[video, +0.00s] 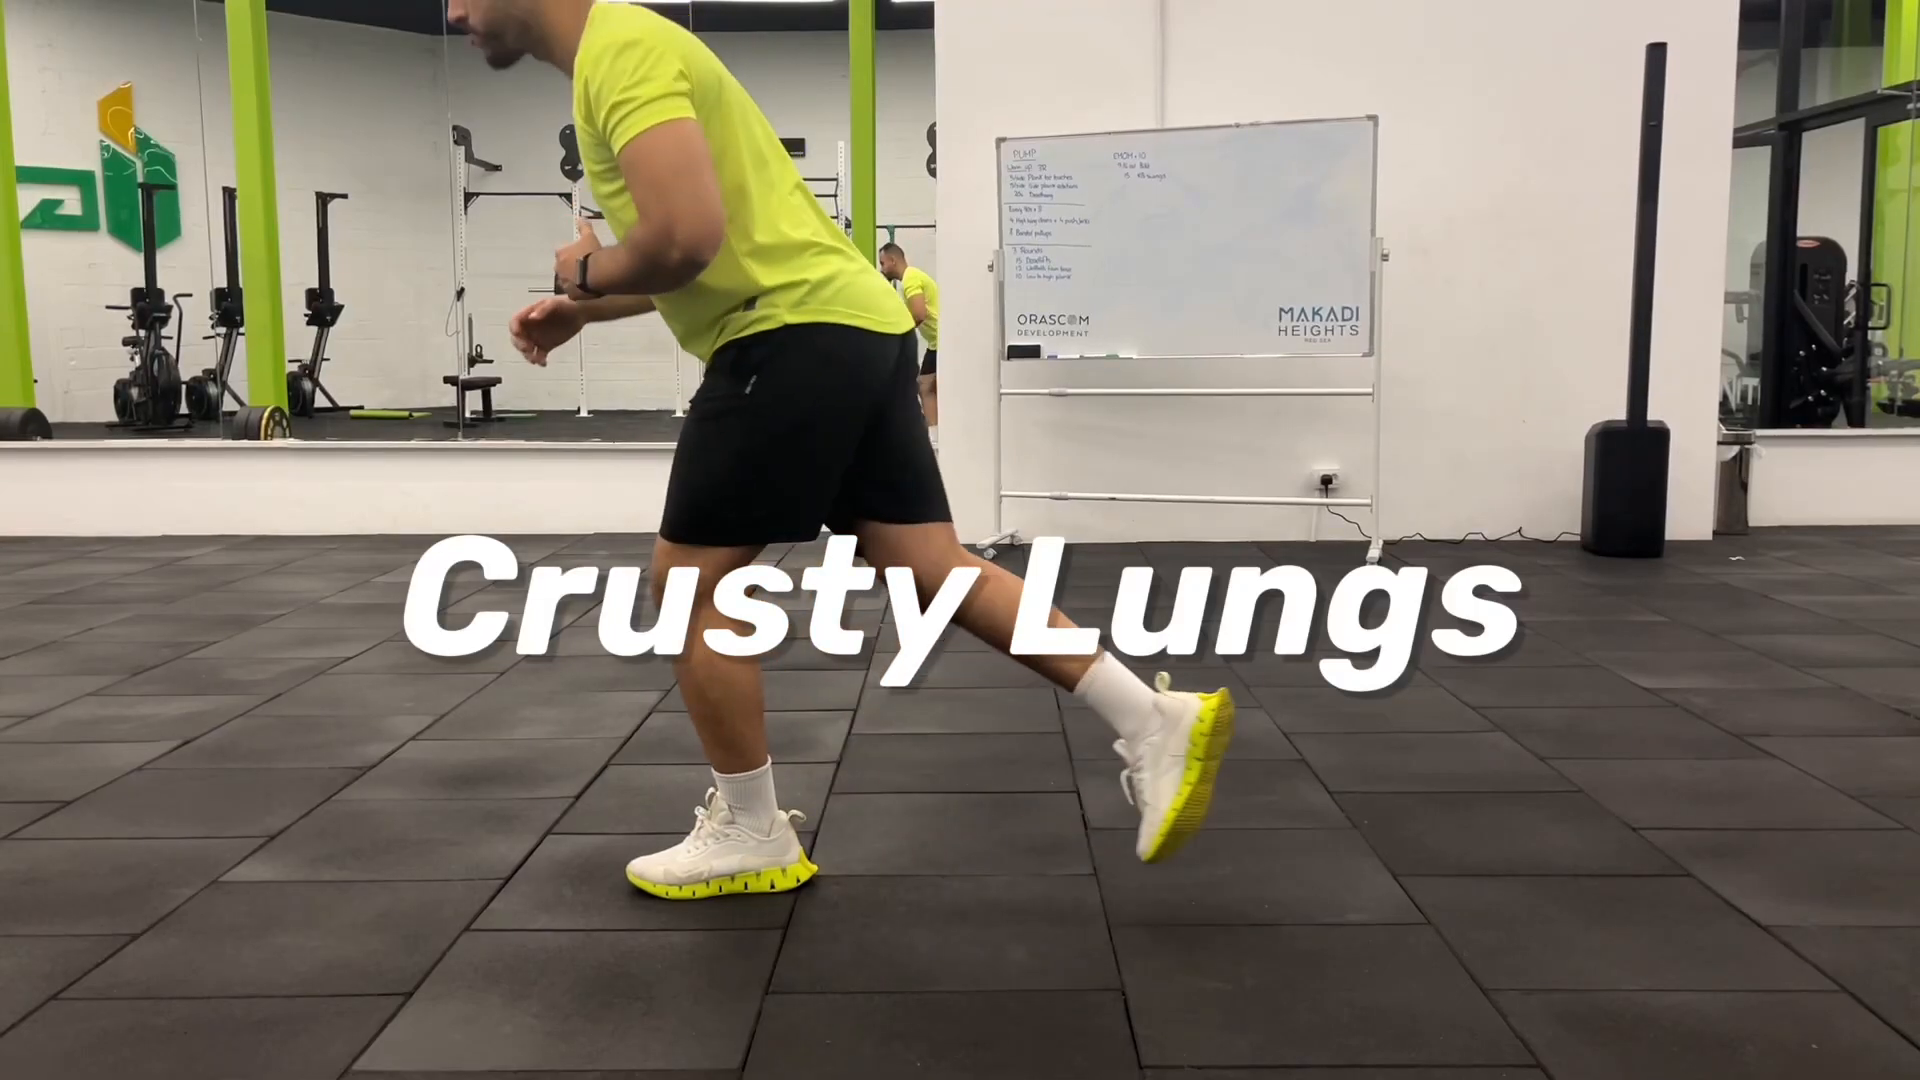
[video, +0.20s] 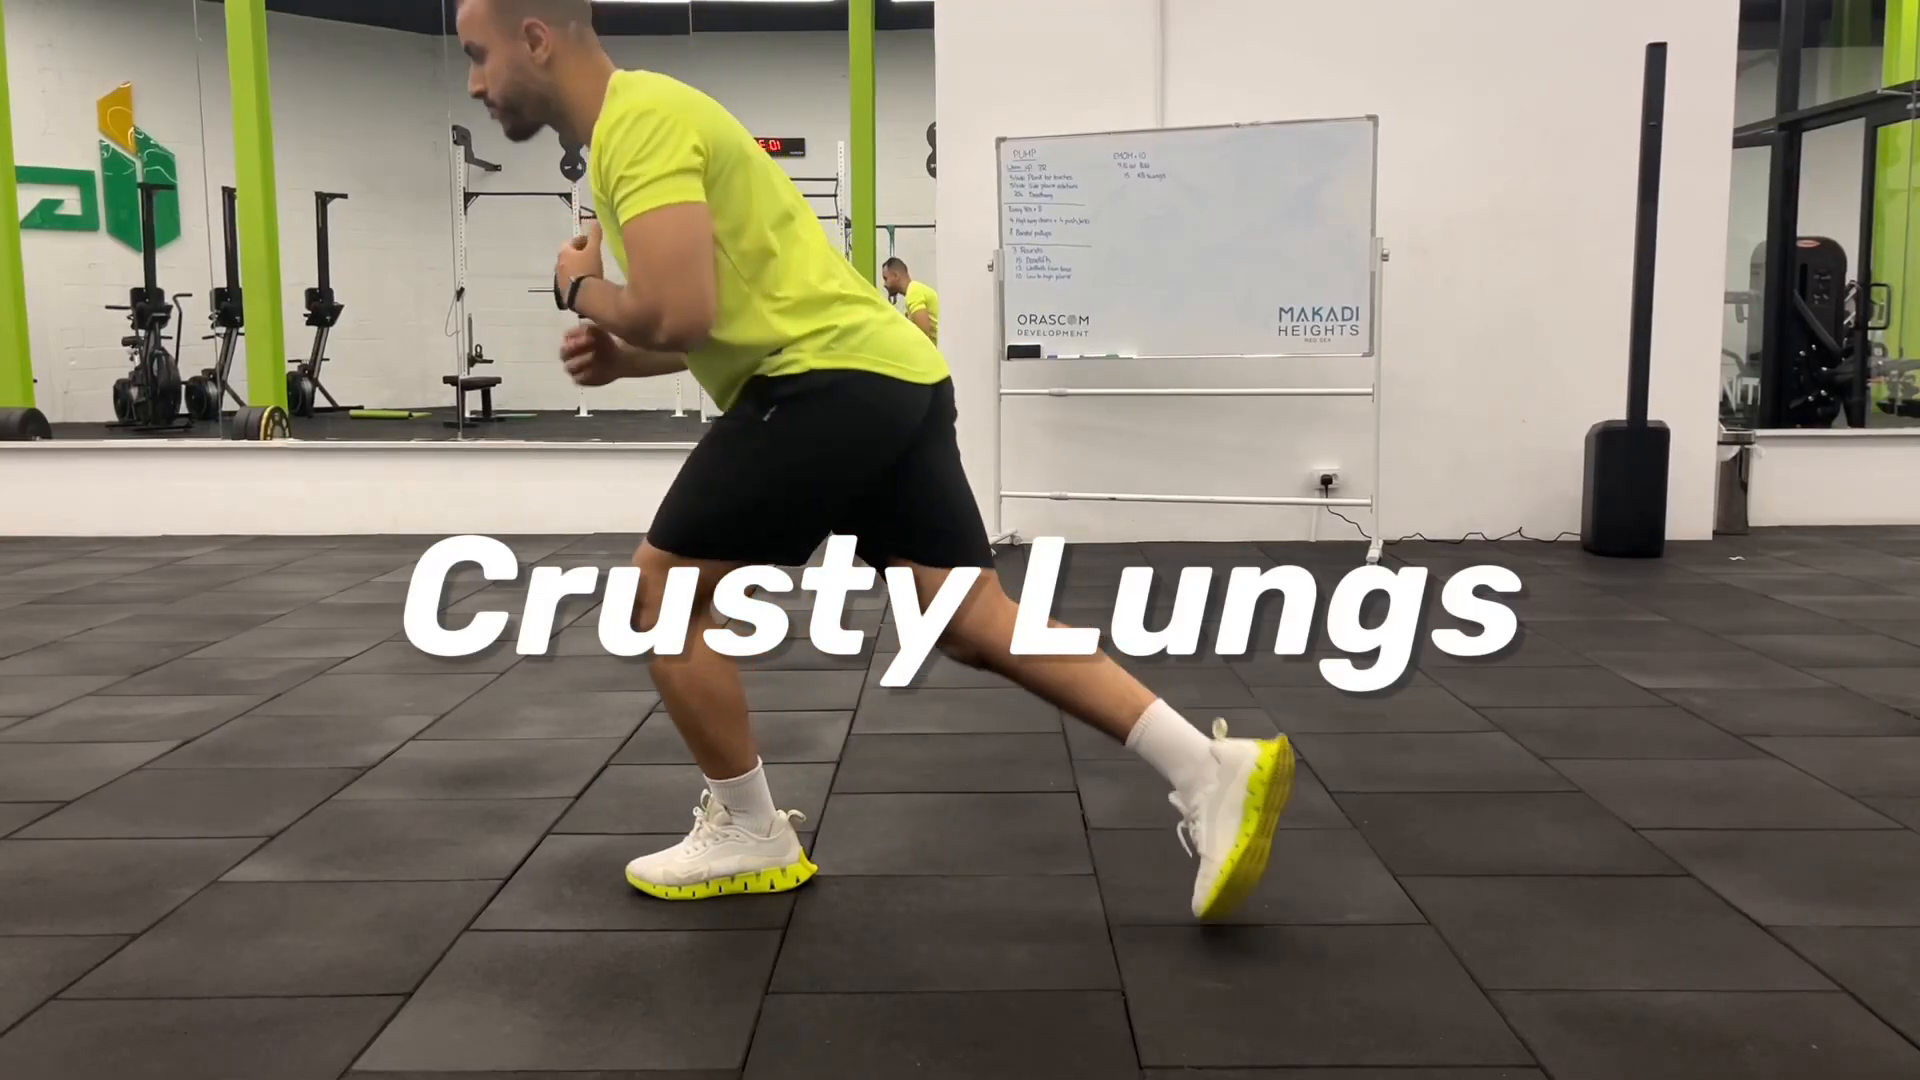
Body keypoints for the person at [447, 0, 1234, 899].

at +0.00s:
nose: (453, 16)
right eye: (450, 5)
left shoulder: (622, 46)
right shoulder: (620, 70)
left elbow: (687, 229)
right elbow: (695, 264)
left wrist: (598, 269)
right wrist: (585, 312)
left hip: (785, 336)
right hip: (862, 326)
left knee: (691, 585)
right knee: (930, 563)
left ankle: (749, 827)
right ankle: (1153, 715)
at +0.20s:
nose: (471, 84)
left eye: (476, 55)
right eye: (465, 60)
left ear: (540, 40)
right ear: (547, 41)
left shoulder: (640, 120)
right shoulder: (646, 128)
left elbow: (677, 311)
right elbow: (728, 313)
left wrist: (595, 288)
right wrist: (625, 354)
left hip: (826, 385)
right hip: (897, 379)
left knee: (665, 592)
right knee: (975, 616)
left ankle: (749, 827)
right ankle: (1210, 769)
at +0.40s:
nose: (535, 145)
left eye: (541, 120)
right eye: (531, 123)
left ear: (598, 107)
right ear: (613, 106)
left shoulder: (683, 202)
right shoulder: (714, 187)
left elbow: (676, 405)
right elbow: (726, 368)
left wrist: (594, 356)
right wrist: (646, 318)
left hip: (860, 463)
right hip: (933, 465)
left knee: (646, 607)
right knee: (960, 722)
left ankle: (745, 831)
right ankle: (1232, 813)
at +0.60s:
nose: (591, 177)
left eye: (601, 153)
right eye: (590, 155)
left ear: (660, 149)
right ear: (671, 147)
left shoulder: (738, 251)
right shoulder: (763, 236)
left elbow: (707, 460)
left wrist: (663, 370)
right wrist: (686, 374)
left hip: (880, 519)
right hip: (950, 525)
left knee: (634, 610)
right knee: (959, 791)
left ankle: (747, 832)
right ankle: (1238, 818)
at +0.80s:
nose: (625, 194)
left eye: (634, 169)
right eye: (625, 171)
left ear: (691, 167)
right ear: (702, 165)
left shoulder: (765, 275)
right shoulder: (803, 257)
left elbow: (720, 484)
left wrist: (685, 380)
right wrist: (712, 383)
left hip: (895, 547)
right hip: (966, 553)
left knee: (638, 609)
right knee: (958, 820)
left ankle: (747, 833)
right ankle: (1228, 821)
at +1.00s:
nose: (633, 192)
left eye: (642, 166)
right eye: (634, 168)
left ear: (700, 165)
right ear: (710, 163)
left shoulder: (769, 275)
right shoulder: (812, 256)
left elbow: (725, 482)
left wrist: (690, 382)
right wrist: (716, 382)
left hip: (895, 548)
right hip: (969, 557)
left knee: (641, 609)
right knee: (960, 822)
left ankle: (746, 834)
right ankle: (1231, 821)